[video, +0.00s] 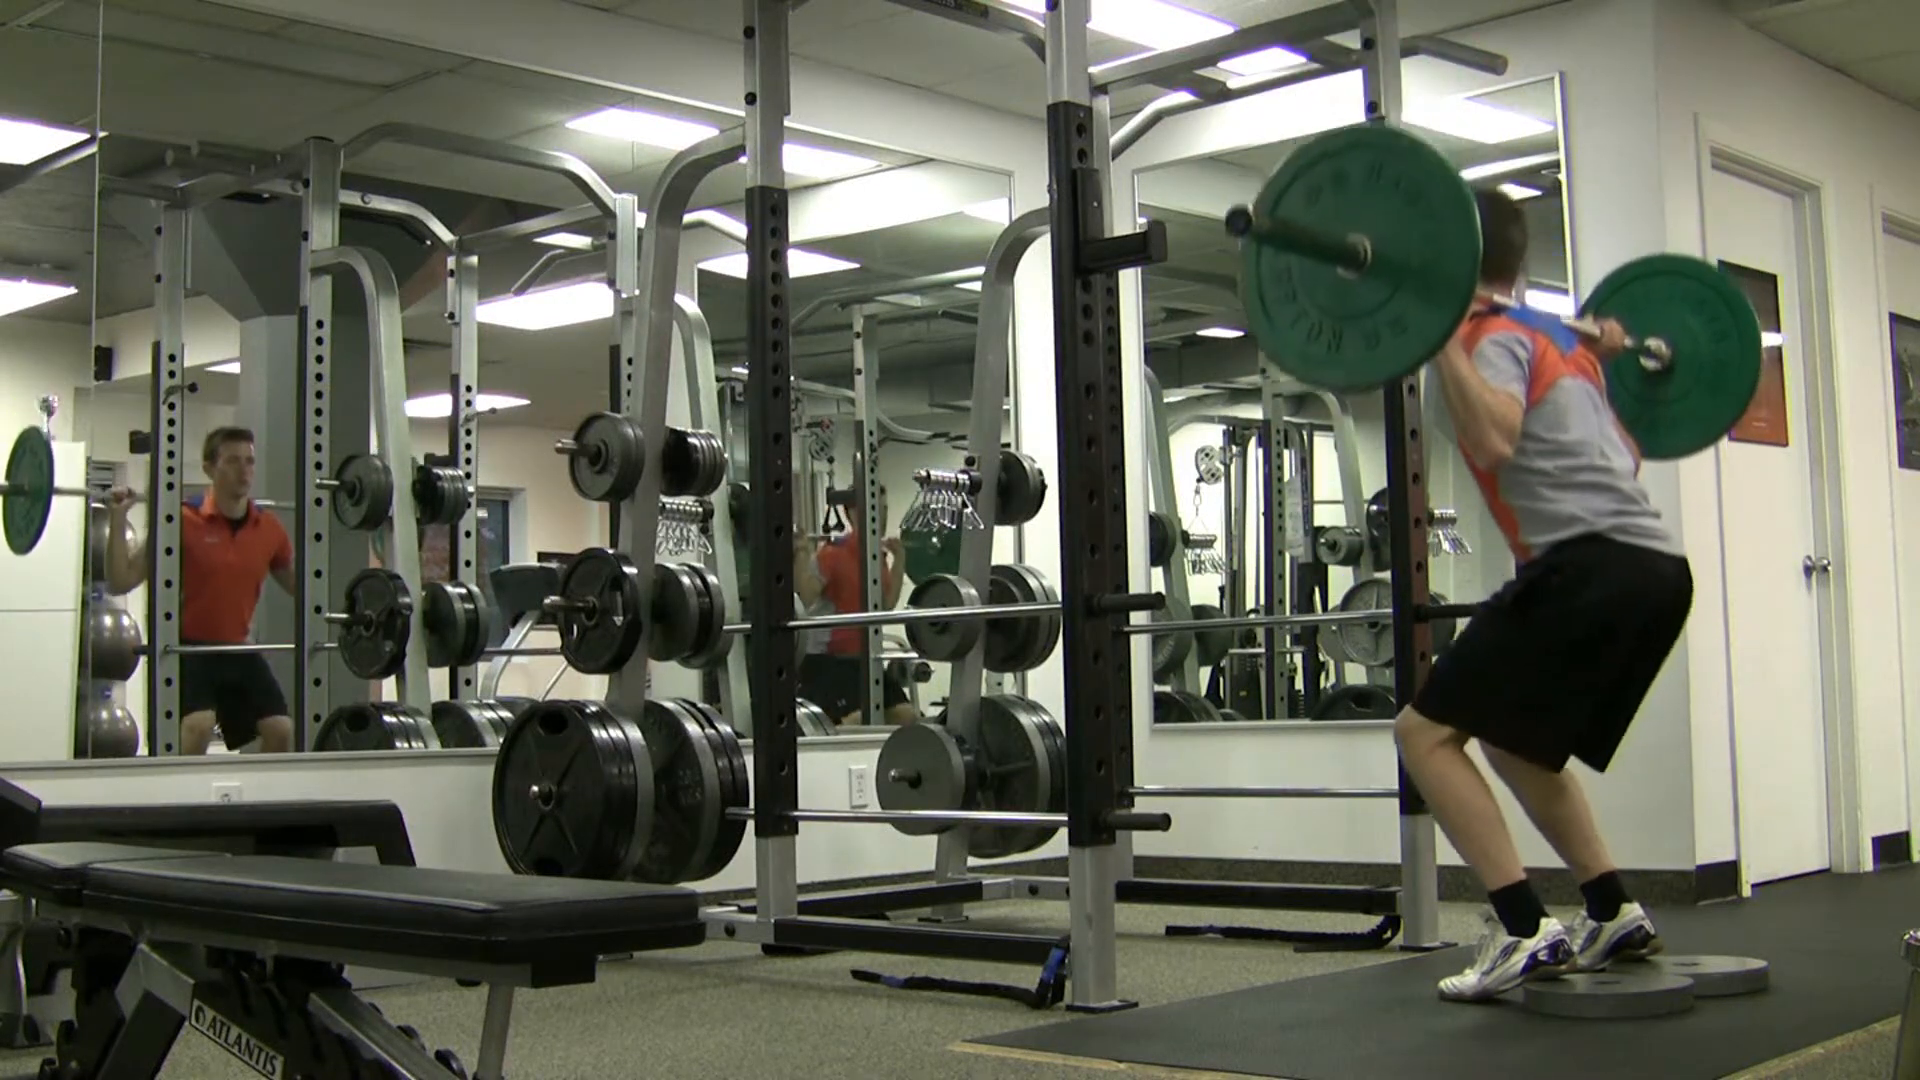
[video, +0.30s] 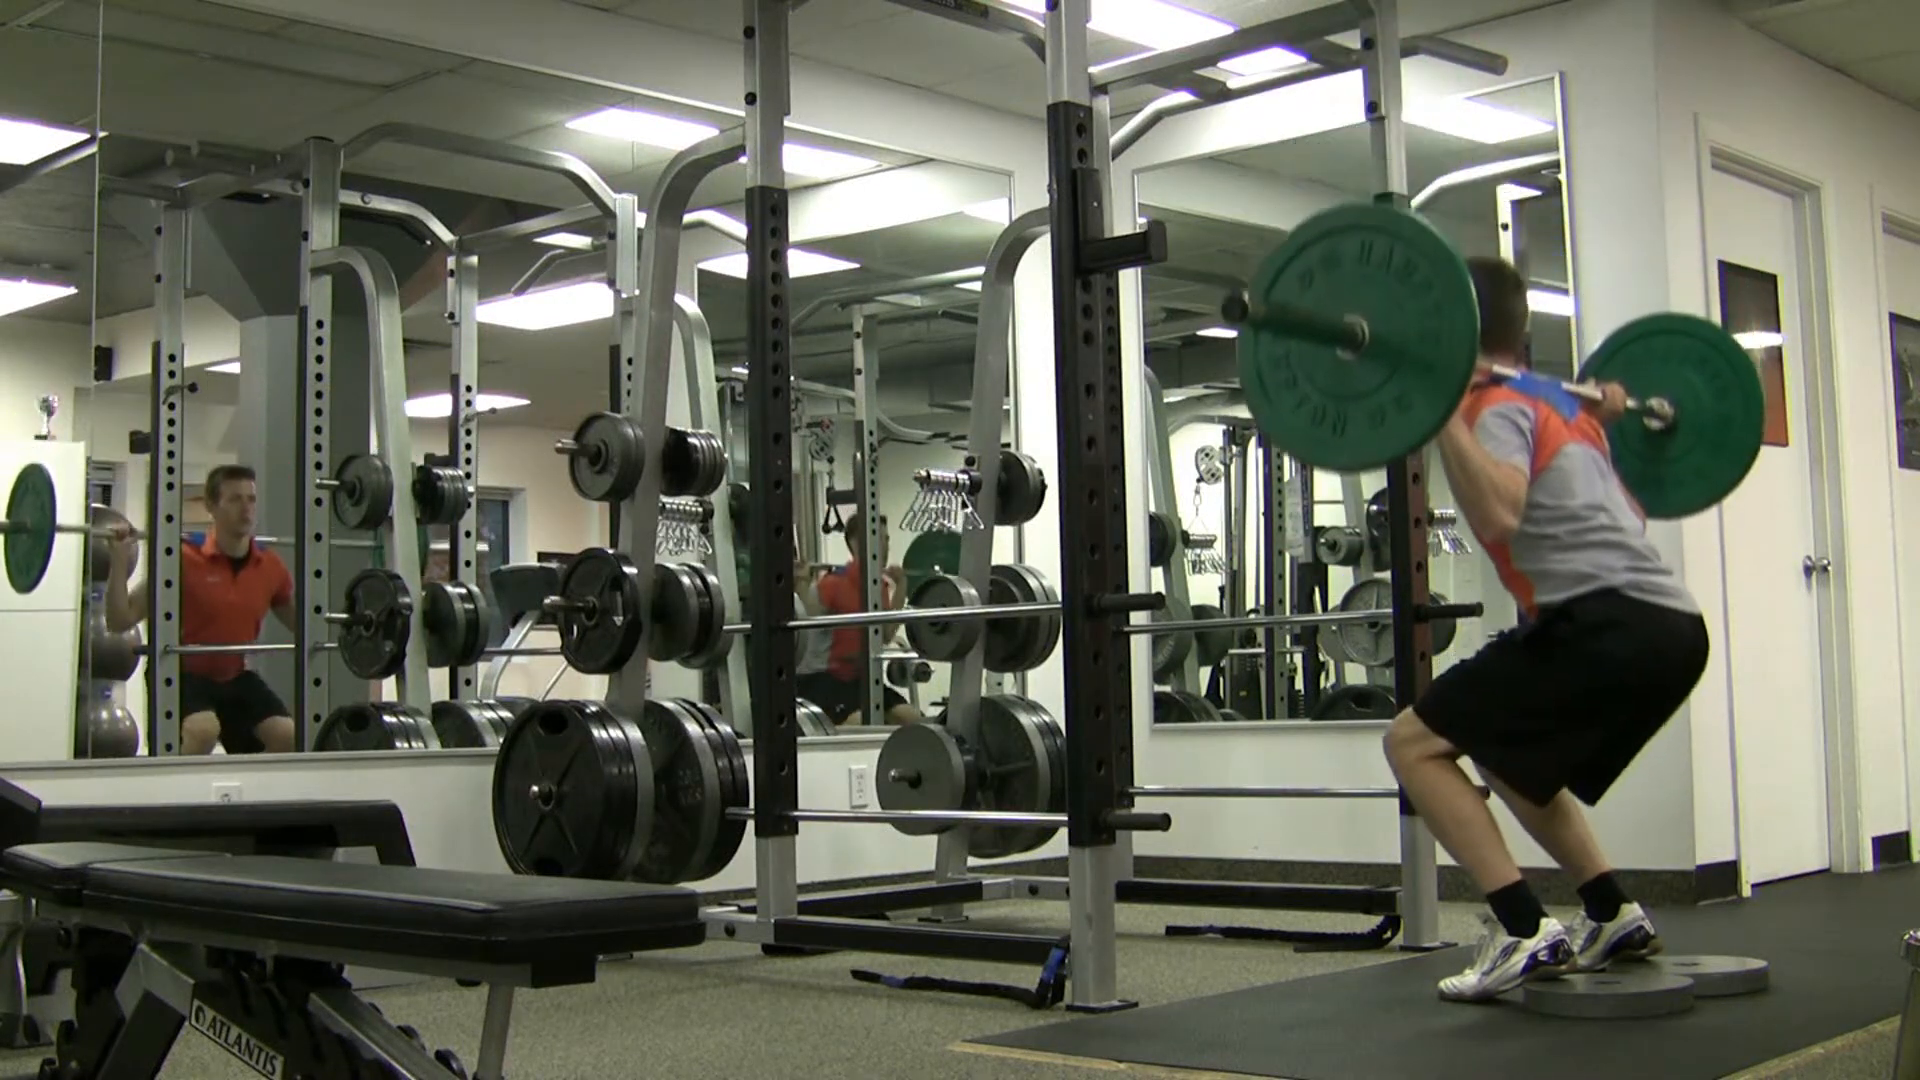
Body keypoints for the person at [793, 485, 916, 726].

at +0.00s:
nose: (875, 515)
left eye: (881, 508)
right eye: (867, 508)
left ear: (885, 511)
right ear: (850, 513)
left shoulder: (877, 556)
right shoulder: (833, 553)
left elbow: (888, 603)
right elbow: (808, 597)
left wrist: (899, 557)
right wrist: (801, 555)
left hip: (871, 656)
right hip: (839, 656)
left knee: (906, 717)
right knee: (855, 721)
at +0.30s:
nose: (881, 547)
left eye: (885, 539)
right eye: (872, 538)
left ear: (888, 542)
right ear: (853, 543)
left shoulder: (880, 585)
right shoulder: (833, 584)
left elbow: (886, 635)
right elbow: (815, 628)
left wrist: (901, 589)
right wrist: (802, 589)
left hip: (868, 679)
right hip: (829, 680)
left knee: (914, 721)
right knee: (862, 724)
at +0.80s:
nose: (887, 585)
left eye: (889, 578)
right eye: (878, 579)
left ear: (893, 579)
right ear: (857, 582)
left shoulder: (882, 619)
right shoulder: (836, 618)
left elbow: (891, 668)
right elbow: (812, 664)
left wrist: (904, 623)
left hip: (871, 702)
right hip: (836, 705)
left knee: (916, 722)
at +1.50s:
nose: (888, 549)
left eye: (889, 542)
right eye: (881, 542)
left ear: (891, 544)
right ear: (856, 546)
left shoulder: (881, 586)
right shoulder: (831, 587)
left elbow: (888, 636)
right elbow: (821, 633)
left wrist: (904, 592)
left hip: (868, 679)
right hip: (832, 680)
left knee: (912, 719)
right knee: (859, 723)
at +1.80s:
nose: (884, 515)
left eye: (885, 508)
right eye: (876, 508)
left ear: (887, 512)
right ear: (854, 513)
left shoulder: (879, 555)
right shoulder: (831, 553)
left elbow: (888, 603)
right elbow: (806, 596)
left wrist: (902, 555)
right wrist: (799, 554)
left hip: (868, 659)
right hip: (833, 658)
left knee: (908, 718)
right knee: (857, 720)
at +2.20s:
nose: (880, 478)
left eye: (882, 470)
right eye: (871, 470)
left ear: (884, 473)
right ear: (851, 474)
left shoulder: (877, 517)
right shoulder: (832, 515)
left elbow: (888, 569)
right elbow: (798, 566)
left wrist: (899, 525)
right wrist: (798, 518)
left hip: (867, 622)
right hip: (833, 623)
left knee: (884, 704)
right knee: (845, 706)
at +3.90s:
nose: (883, 512)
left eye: (885, 506)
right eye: (875, 506)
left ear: (888, 510)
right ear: (854, 511)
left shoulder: (881, 552)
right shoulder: (835, 549)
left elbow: (889, 603)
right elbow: (807, 594)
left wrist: (902, 555)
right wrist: (801, 552)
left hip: (872, 653)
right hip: (841, 654)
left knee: (907, 719)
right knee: (854, 722)